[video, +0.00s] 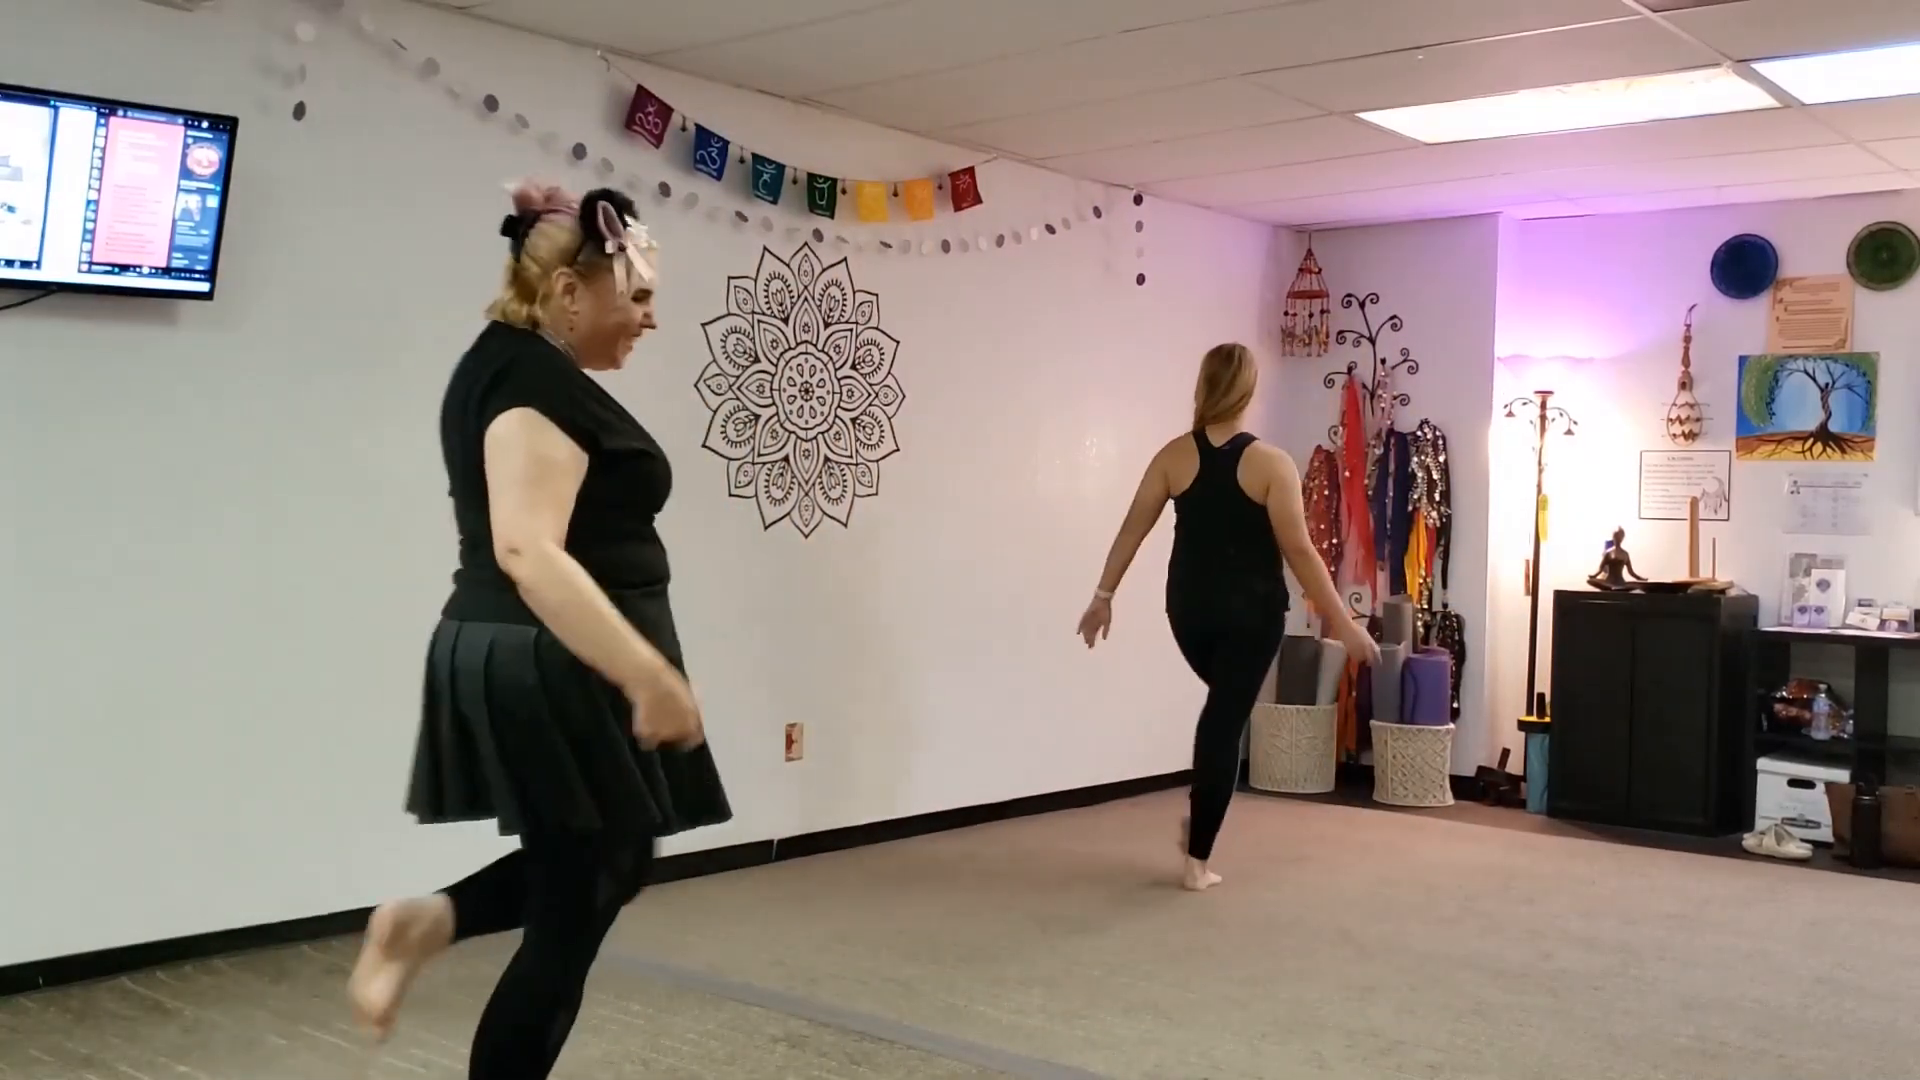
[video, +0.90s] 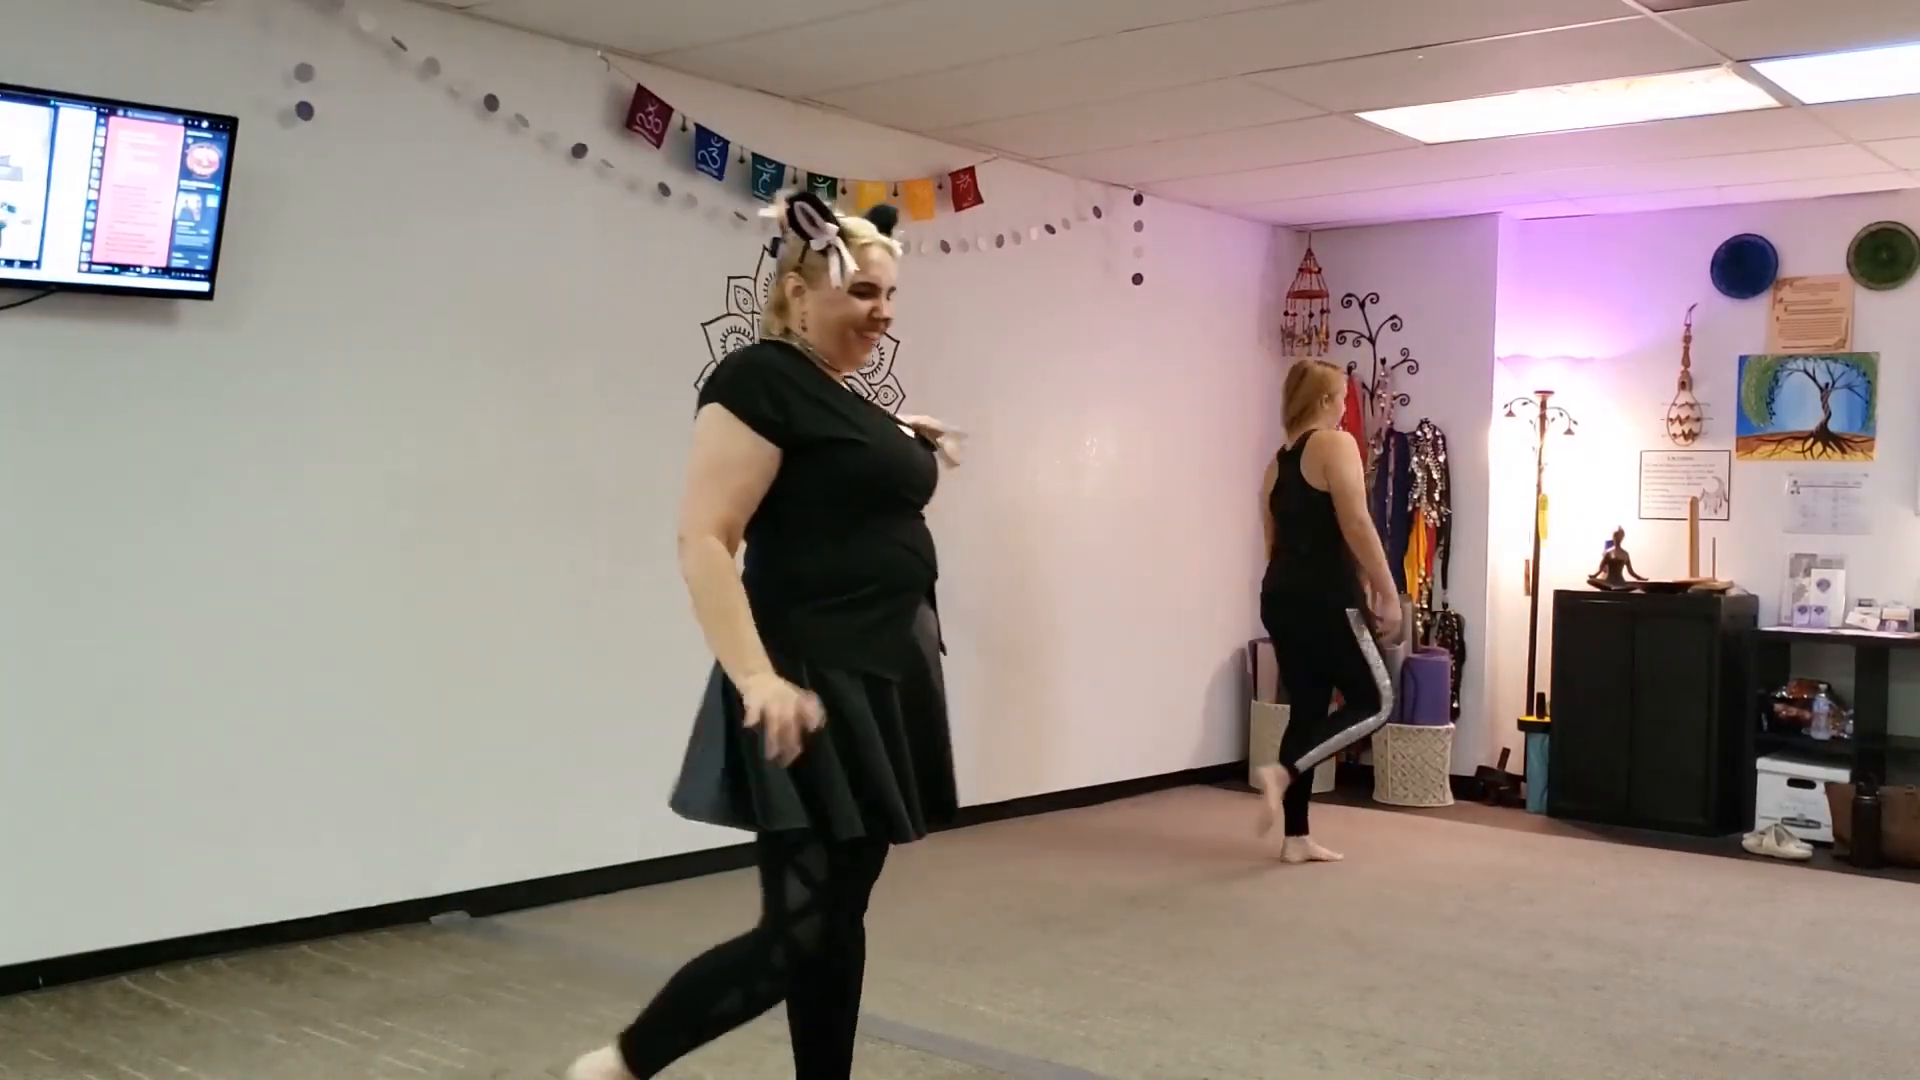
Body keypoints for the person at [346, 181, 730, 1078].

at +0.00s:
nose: (648, 318)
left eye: (650, 299)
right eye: (636, 296)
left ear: (566, 292)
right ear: (569, 290)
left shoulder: (507, 369)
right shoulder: (534, 384)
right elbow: (528, 550)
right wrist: (650, 675)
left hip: (504, 645)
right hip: (545, 661)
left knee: (615, 854)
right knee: (584, 889)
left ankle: (432, 921)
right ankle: (504, 1068)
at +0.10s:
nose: (671, 310)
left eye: (673, 291)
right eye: (655, 287)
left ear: (584, 286)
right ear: (584, 283)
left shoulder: (533, 364)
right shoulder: (555, 370)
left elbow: (482, 539)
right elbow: (540, 533)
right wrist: (686, 627)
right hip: (567, 659)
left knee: (696, 840)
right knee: (576, 914)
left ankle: (501, 953)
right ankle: (507, 1073)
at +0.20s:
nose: (693, 303)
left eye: (697, 284)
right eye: (677, 279)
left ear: (610, 281)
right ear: (608, 277)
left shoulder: (579, 362)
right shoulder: (575, 360)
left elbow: (490, 504)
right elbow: (558, 514)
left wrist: (540, 617)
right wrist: (713, 600)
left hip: (647, 656)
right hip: (592, 663)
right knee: (590, 913)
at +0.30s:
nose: (714, 303)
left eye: (720, 283)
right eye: (696, 278)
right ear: (628, 273)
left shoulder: (621, 367)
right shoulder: (589, 360)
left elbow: (516, 485)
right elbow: (573, 511)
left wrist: (577, 581)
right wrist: (731, 585)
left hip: (684, 658)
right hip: (613, 662)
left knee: (750, 861)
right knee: (598, 906)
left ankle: (733, 1073)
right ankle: (506, 1070)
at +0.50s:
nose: (767, 308)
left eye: (774, 291)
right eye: (751, 285)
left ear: (764, 295)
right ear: (684, 280)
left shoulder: (720, 393)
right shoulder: (637, 379)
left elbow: (733, 533)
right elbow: (612, 548)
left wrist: (793, 579)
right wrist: (753, 607)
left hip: (761, 684)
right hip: (680, 687)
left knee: (782, 917)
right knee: (631, 928)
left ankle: (807, 1075)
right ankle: (524, 1074)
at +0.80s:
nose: (856, 301)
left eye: (862, 285)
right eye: (838, 280)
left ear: (858, 292)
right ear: (772, 284)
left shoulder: (811, 390)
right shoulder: (735, 375)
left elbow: (821, 531)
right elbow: (682, 534)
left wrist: (881, 628)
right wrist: (767, 646)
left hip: (852, 675)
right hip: (782, 681)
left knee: (823, 914)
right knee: (758, 920)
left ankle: (821, 1079)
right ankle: (585, 1072)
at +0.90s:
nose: (886, 311)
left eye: (891, 294)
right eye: (866, 290)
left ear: (887, 298)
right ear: (799, 293)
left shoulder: (840, 398)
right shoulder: (758, 381)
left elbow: (837, 498)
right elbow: (704, 537)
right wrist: (757, 680)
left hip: (872, 685)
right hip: (804, 687)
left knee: (839, 921)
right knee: (805, 929)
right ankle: (617, 1064)